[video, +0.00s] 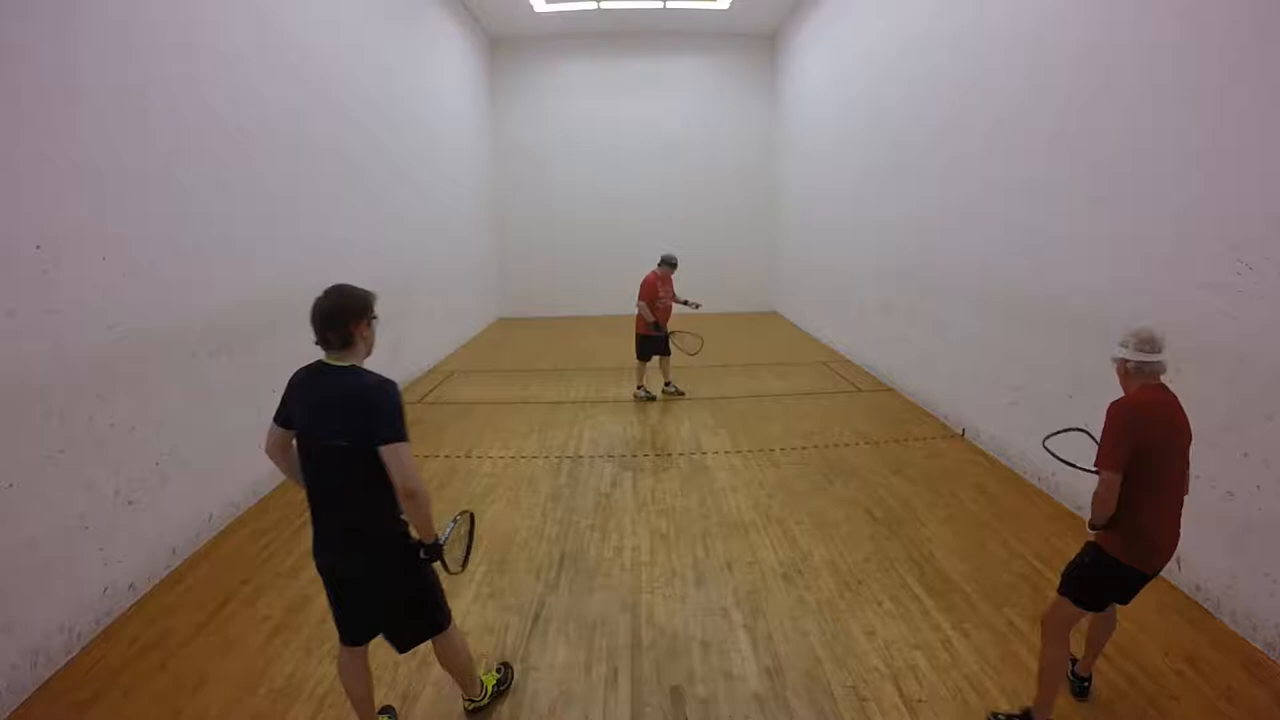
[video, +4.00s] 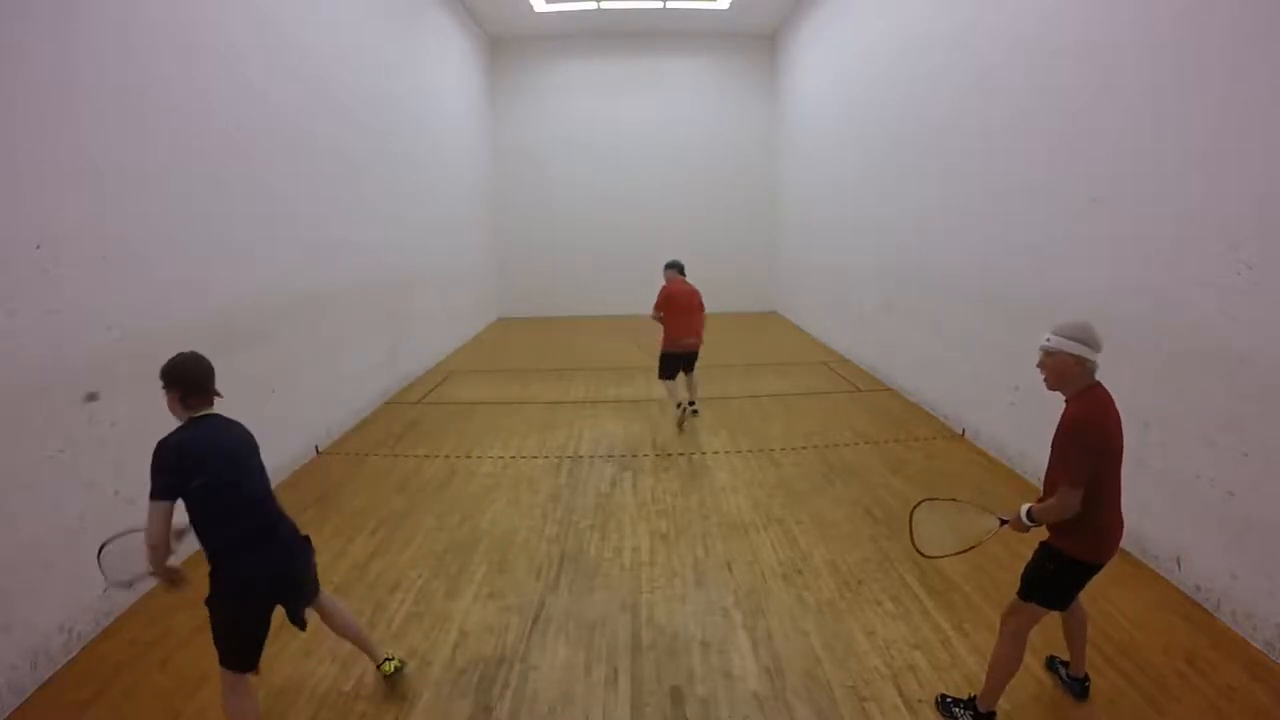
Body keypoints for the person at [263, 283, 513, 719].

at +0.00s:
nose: (374, 329)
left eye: (372, 321)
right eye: (372, 321)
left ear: (322, 333)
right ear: (362, 329)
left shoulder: (302, 382)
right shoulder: (377, 391)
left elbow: (277, 448)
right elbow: (408, 486)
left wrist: (316, 485)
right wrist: (430, 540)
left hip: (332, 544)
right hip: (384, 543)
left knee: (352, 641)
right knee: (439, 622)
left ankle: (368, 716)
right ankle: (476, 691)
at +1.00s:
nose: (422, 301)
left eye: (419, 295)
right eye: (421, 296)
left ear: (375, 307)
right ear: (416, 302)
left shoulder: (359, 354)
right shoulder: (446, 351)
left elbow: (331, 417)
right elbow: (480, 425)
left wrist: (371, 455)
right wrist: (486, 475)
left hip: (393, 482)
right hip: (440, 480)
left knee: (413, 568)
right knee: (478, 568)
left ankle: (428, 647)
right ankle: (481, 665)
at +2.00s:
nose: (411, 296)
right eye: (409, 291)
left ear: (363, 301)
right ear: (407, 297)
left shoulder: (346, 354)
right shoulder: (440, 345)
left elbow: (311, 425)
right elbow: (484, 411)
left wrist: (355, 465)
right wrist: (484, 470)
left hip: (381, 494)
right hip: (438, 490)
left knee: (386, 586)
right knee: (479, 586)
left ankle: (387, 673)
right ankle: (511, 678)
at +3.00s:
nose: (294, 370)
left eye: (291, 364)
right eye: (292, 365)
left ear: (244, 378)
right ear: (287, 372)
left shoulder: (225, 436)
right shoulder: (319, 423)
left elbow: (202, 525)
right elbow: (376, 494)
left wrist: (222, 576)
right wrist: (380, 538)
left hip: (267, 578)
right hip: (327, 570)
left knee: (265, 667)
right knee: (383, 644)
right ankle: (429, 713)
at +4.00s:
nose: (166, 400)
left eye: (166, 393)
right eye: (165, 392)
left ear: (174, 397)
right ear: (211, 389)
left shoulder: (170, 451)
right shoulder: (237, 430)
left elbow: (158, 540)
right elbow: (254, 495)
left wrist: (164, 569)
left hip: (237, 575)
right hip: (286, 551)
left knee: (236, 681)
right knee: (320, 598)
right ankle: (383, 659)